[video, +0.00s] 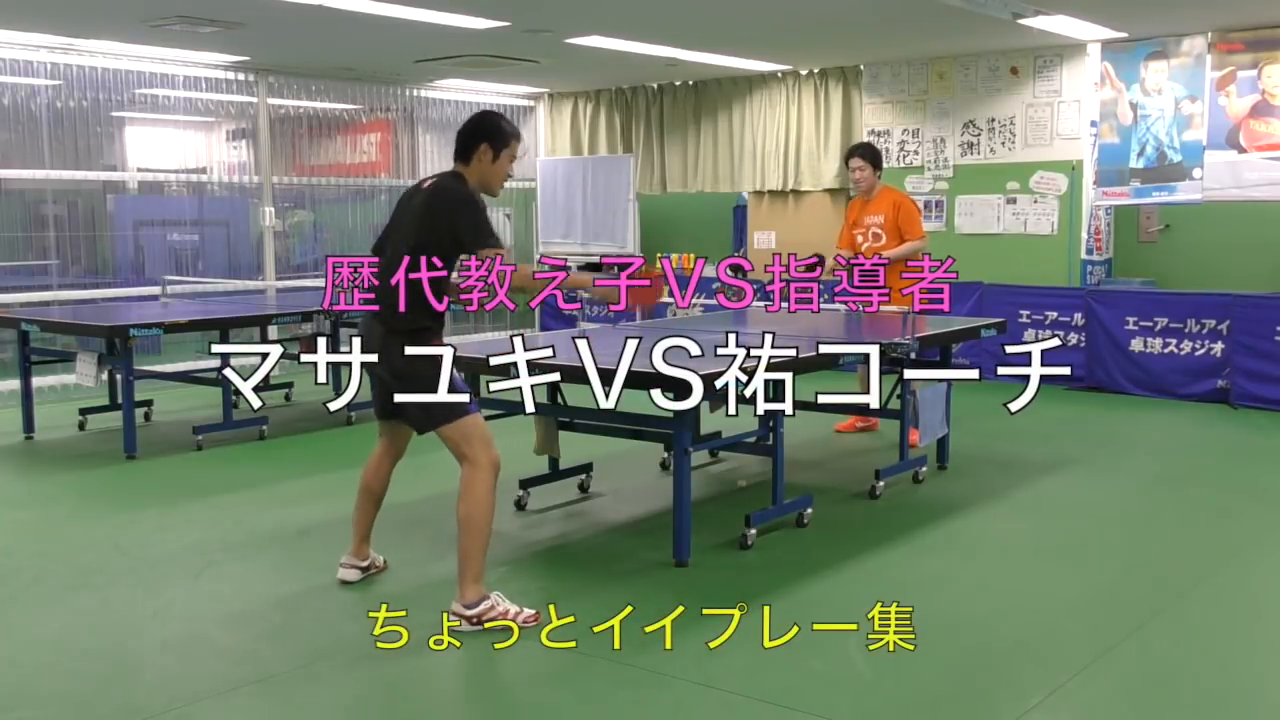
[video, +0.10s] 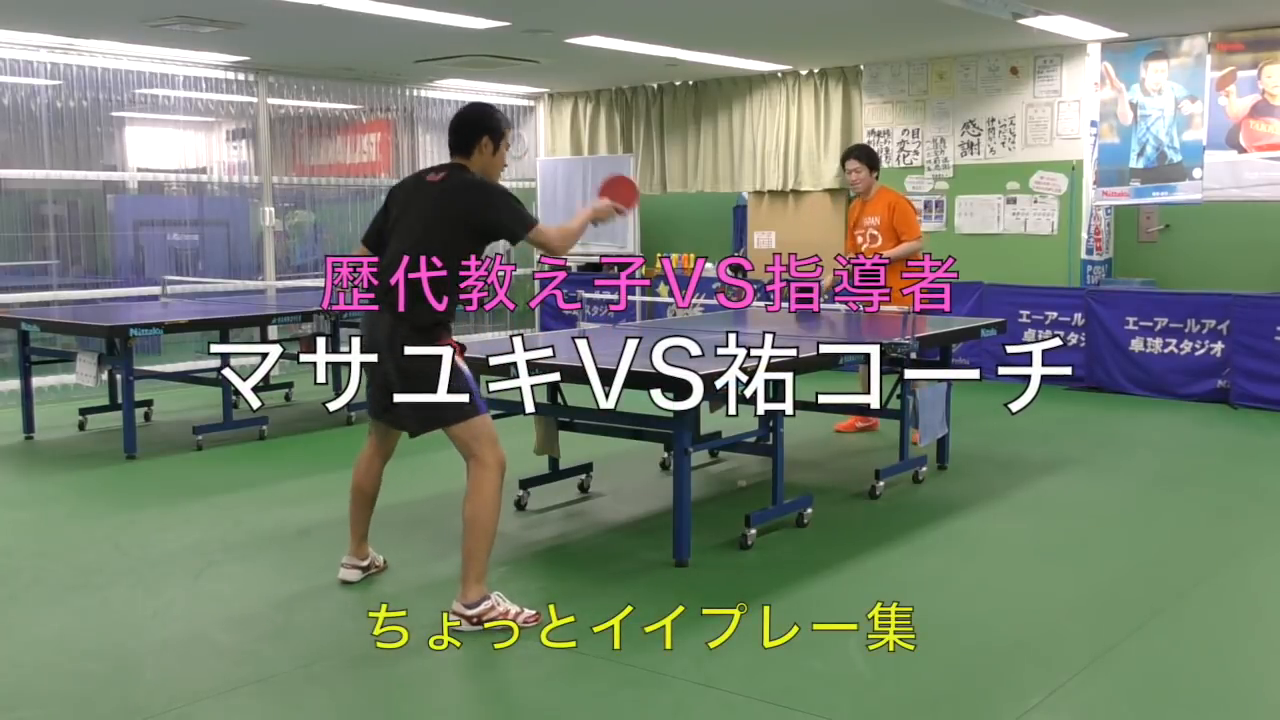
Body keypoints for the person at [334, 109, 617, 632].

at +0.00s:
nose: (509, 173)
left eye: (512, 163)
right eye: (508, 161)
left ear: (469, 154)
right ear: (482, 154)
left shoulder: (422, 191)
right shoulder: (458, 196)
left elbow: (384, 258)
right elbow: (502, 276)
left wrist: (452, 286)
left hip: (386, 344)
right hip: (418, 350)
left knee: (389, 446)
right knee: (481, 458)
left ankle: (357, 554)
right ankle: (472, 597)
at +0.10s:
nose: (505, 160)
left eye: (505, 150)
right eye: (503, 150)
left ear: (457, 145)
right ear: (484, 147)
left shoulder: (409, 186)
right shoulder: (483, 194)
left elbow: (371, 245)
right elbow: (556, 243)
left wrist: (428, 260)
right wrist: (589, 213)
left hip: (379, 339)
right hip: (425, 344)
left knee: (377, 446)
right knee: (487, 458)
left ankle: (356, 555)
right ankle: (473, 597)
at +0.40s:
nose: (491, 145)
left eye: (487, 136)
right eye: (490, 137)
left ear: (438, 138)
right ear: (482, 138)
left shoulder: (400, 184)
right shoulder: (484, 192)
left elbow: (363, 250)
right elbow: (534, 254)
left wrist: (420, 267)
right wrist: (568, 245)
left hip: (388, 342)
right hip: (439, 345)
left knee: (378, 446)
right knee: (494, 460)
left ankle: (356, 556)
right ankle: (474, 596)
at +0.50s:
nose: (497, 146)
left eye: (495, 137)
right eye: (496, 137)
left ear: (444, 137)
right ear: (487, 139)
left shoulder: (407, 183)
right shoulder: (467, 190)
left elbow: (370, 248)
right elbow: (479, 266)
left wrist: (421, 287)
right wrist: (544, 318)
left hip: (388, 341)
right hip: (433, 345)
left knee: (384, 445)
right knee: (487, 460)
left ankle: (356, 555)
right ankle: (474, 596)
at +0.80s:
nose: (505, 175)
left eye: (507, 165)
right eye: (503, 164)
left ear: (469, 155)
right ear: (477, 155)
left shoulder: (417, 193)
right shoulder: (447, 196)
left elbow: (376, 260)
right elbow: (467, 280)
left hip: (386, 345)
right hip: (418, 350)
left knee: (394, 443)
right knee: (484, 460)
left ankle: (358, 554)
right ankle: (473, 597)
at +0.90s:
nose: (497, 161)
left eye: (498, 151)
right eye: (496, 150)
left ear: (451, 143)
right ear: (474, 145)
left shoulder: (404, 185)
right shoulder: (469, 190)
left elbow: (370, 249)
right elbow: (528, 250)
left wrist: (427, 269)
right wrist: (572, 226)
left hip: (384, 340)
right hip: (425, 345)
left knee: (382, 443)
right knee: (485, 459)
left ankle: (357, 554)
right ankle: (473, 597)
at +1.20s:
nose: (483, 145)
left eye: (479, 137)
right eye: (482, 137)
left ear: (432, 139)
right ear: (474, 139)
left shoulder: (395, 185)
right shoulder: (477, 192)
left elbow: (363, 243)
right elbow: (526, 257)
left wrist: (418, 251)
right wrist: (561, 247)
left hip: (386, 342)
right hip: (437, 345)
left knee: (380, 445)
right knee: (491, 460)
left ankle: (356, 554)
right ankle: (475, 596)